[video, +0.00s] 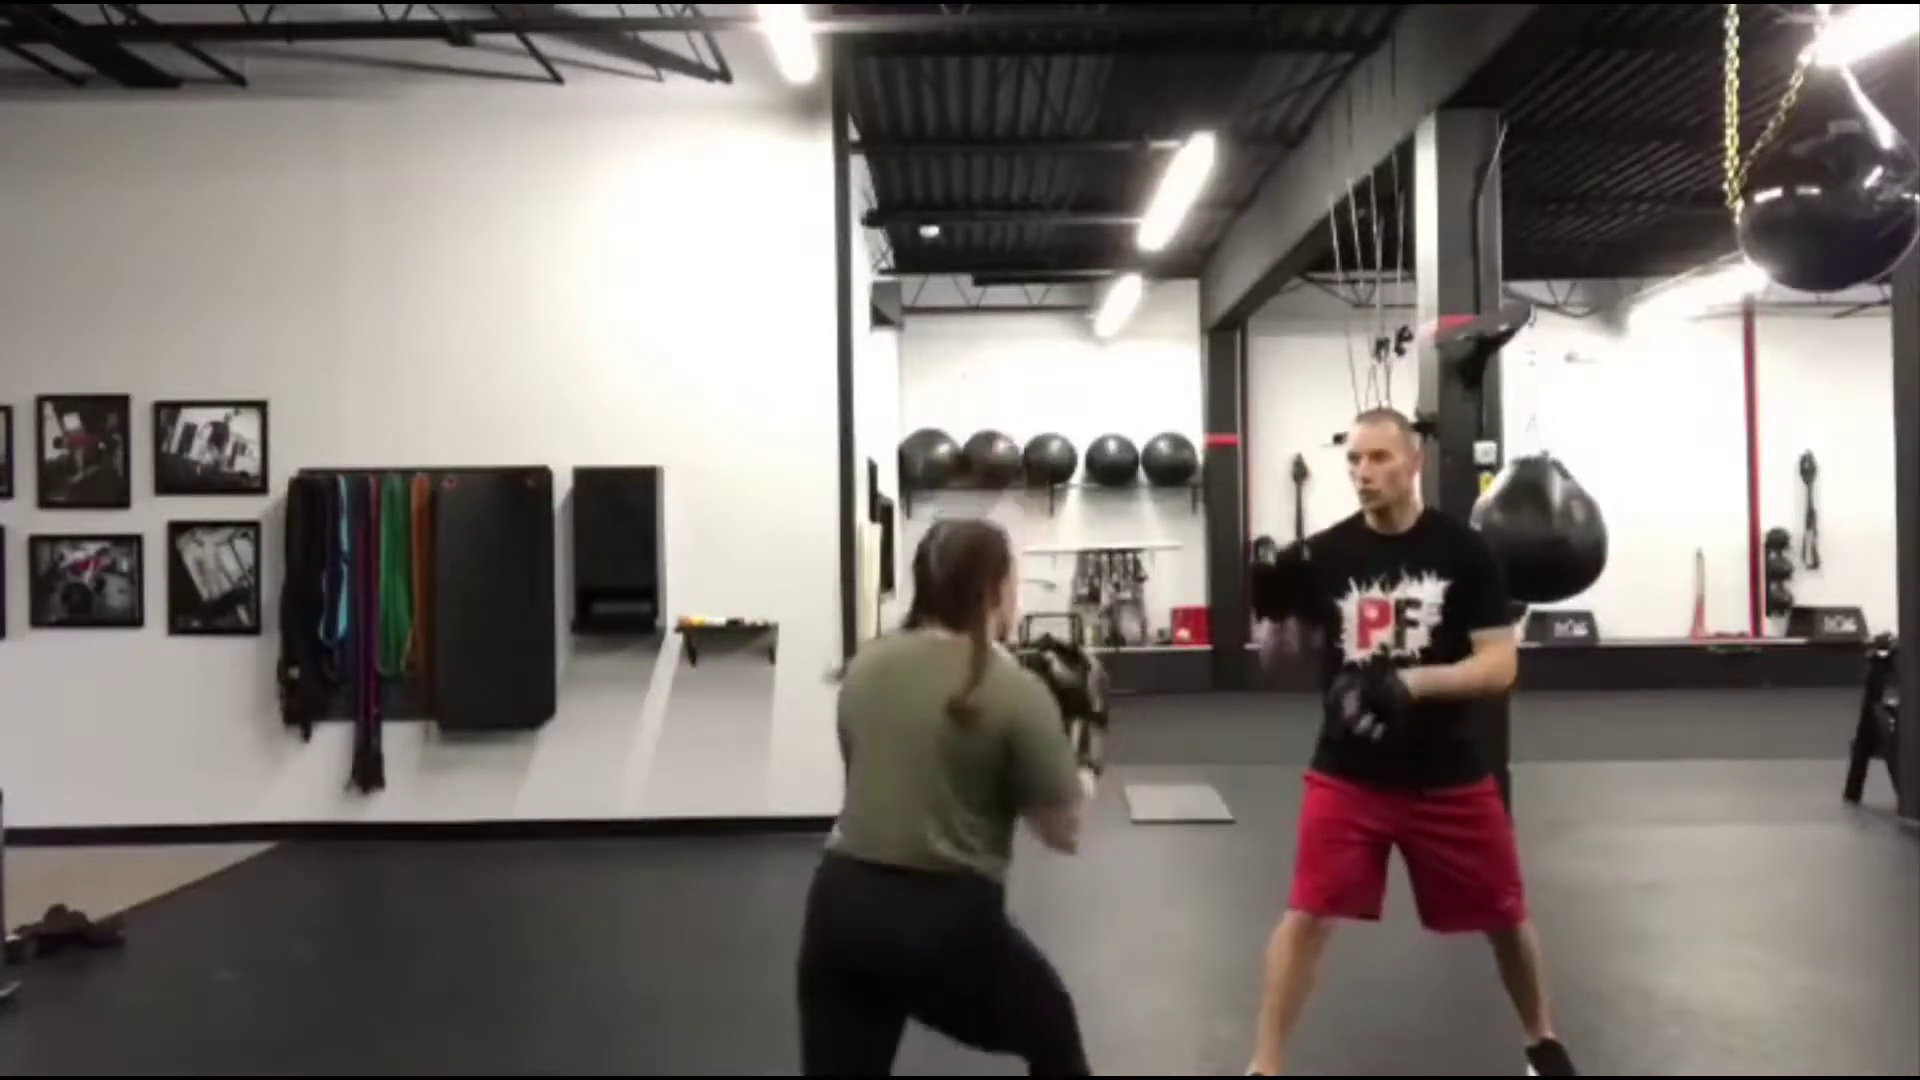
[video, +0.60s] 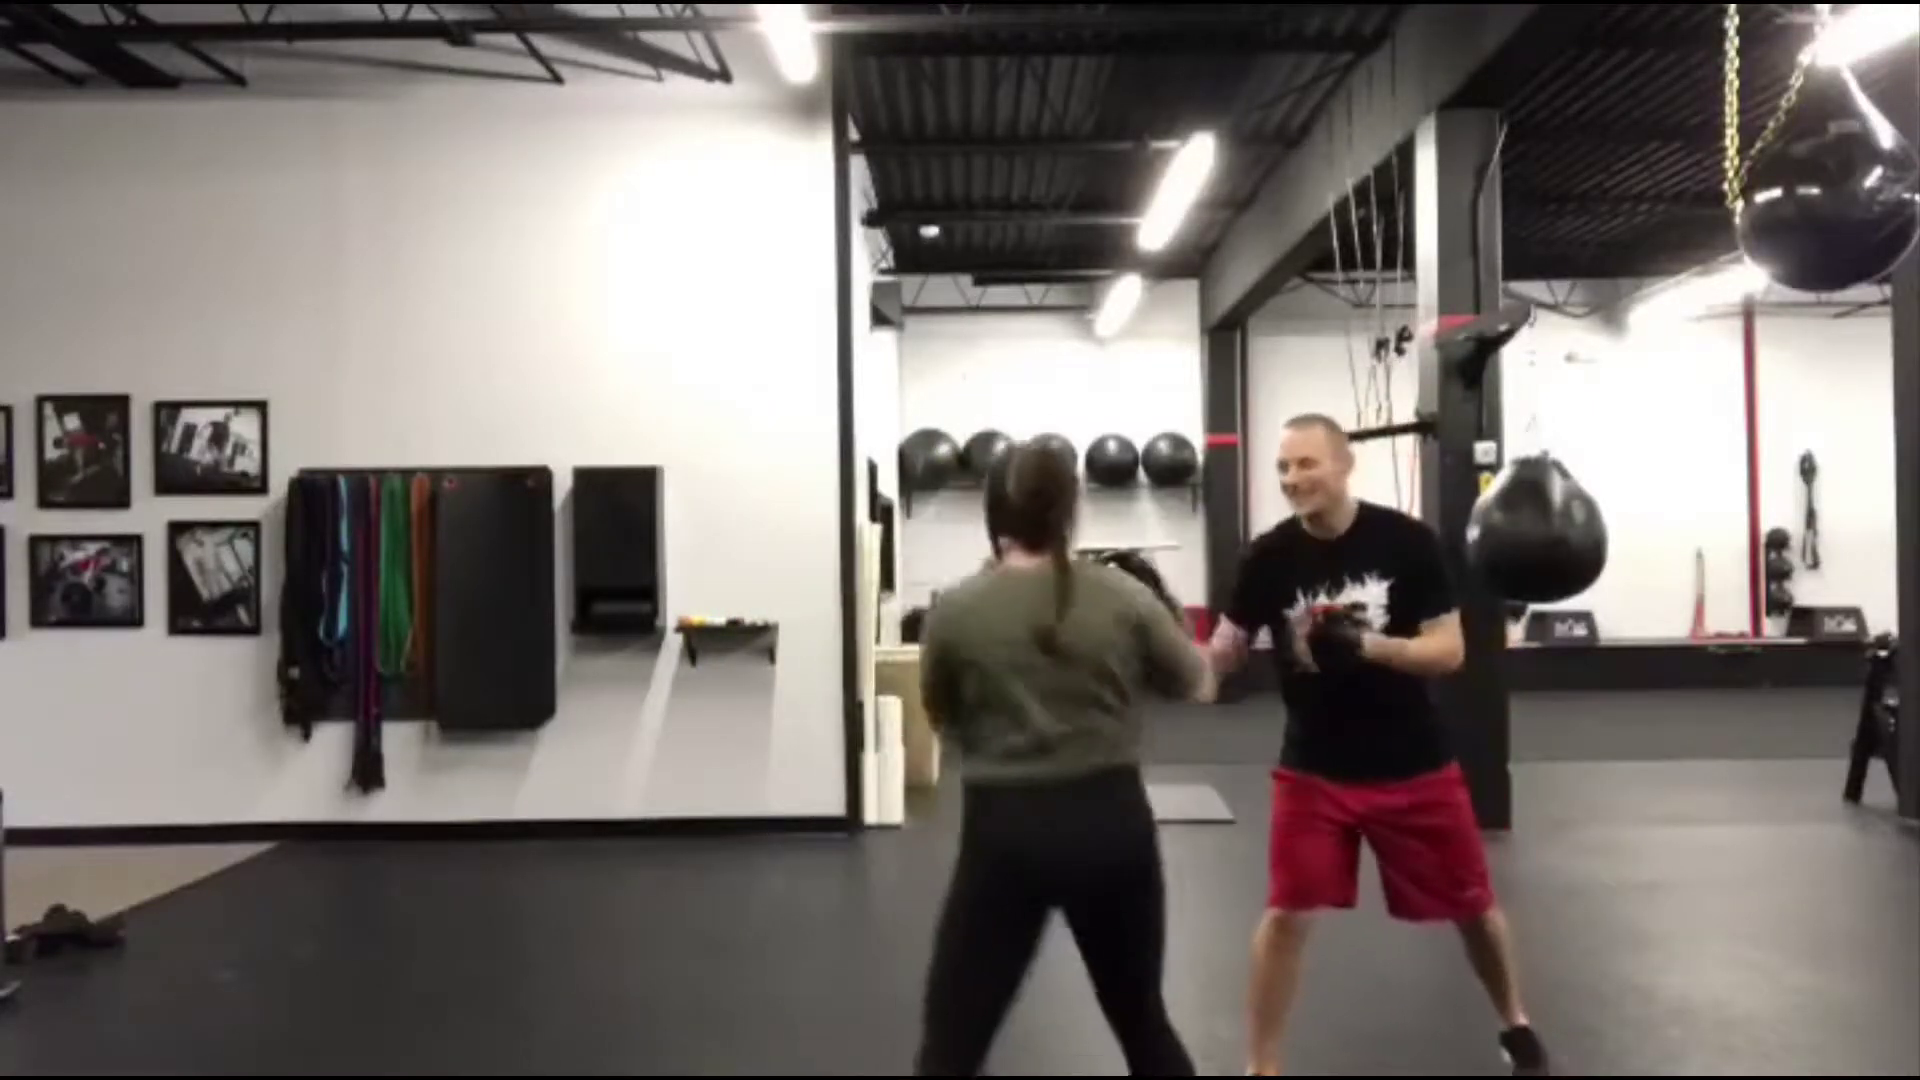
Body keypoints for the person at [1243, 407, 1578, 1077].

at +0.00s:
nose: (1365, 471)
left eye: (1379, 457)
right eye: (1356, 460)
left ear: (1415, 460)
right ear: (1347, 467)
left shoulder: (1464, 550)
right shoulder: (1326, 553)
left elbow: (1499, 665)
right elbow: (1288, 654)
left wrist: (1409, 682)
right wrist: (1275, 603)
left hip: (1452, 778)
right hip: (1348, 775)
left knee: (1508, 921)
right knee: (1308, 914)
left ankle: (1543, 1043)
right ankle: (1265, 1063)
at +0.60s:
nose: (1294, 478)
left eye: (1307, 464)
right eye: (1285, 467)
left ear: (1345, 464)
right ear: (1278, 475)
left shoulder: (1408, 542)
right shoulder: (1267, 558)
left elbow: (1448, 650)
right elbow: (1227, 653)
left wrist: (1369, 645)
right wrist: (1218, 656)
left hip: (1416, 770)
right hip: (1314, 773)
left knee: (1476, 909)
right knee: (1287, 914)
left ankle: (1516, 1025)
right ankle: (1262, 1064)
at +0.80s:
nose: (1322, 503)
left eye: (1335, 489)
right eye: (1312, 491)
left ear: (1372, 485)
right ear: (1304, 494)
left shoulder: (1423, 556)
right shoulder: (1291, 571)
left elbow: (1441, 666)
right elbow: (1257, 662)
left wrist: (1349, 630)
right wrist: (1285, 739)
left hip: (1425, 779)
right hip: (1329, 777)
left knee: (1483, 922)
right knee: (1293, 914)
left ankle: (1508, 1022)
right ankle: (1261, 1065)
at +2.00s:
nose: (1335, 500)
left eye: (1349, 488)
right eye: (1331, 488)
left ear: (1389, 493)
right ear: (1327, 493)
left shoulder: (1439, 566)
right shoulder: (1310, 571)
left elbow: (1464, 680)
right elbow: (1253, 650)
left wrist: (1410, 615)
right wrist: (1258, 694)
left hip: (1429, 778)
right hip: (1327, 775)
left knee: (1491, 917)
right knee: (1284, 905)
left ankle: (1509, 1026)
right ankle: (1245, 1053)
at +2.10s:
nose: (1334, 496)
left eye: (1349, 484)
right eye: (1329, 485)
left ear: (1388, 489)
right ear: (1323, 493)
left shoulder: (1440, 564)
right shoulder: (1309, 570)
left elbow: (1465, 677)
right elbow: (1283, 657)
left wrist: (1407, 608)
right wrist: (1250, 604)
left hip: (1431, 778)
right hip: (1329, 772)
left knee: (1491, 919)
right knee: (1282, 904)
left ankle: (1510, 1026)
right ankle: (1245, 1052)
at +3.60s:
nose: (1295, 509)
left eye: (1307, 496)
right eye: (1284, 499)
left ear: (1331, 499)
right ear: (1271, 506)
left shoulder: (1379, 571)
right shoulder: (1260, 581)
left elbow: (1428, 682)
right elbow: (1239, 675)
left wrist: (1354, 698)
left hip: (1395, 778)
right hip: (1303, 782)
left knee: (1472, 912)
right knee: (1267, 919)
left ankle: (1515, 1023)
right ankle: (1233, 1045)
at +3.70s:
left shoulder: (1327, 569)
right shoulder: (1198, 585)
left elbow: (1391, 657)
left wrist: (1361, 720)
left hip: (1338, 765)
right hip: (1252, 778)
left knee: (1420, 896)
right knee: (1245, 915)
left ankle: (1500, 1018)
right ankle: (1236, 1045)